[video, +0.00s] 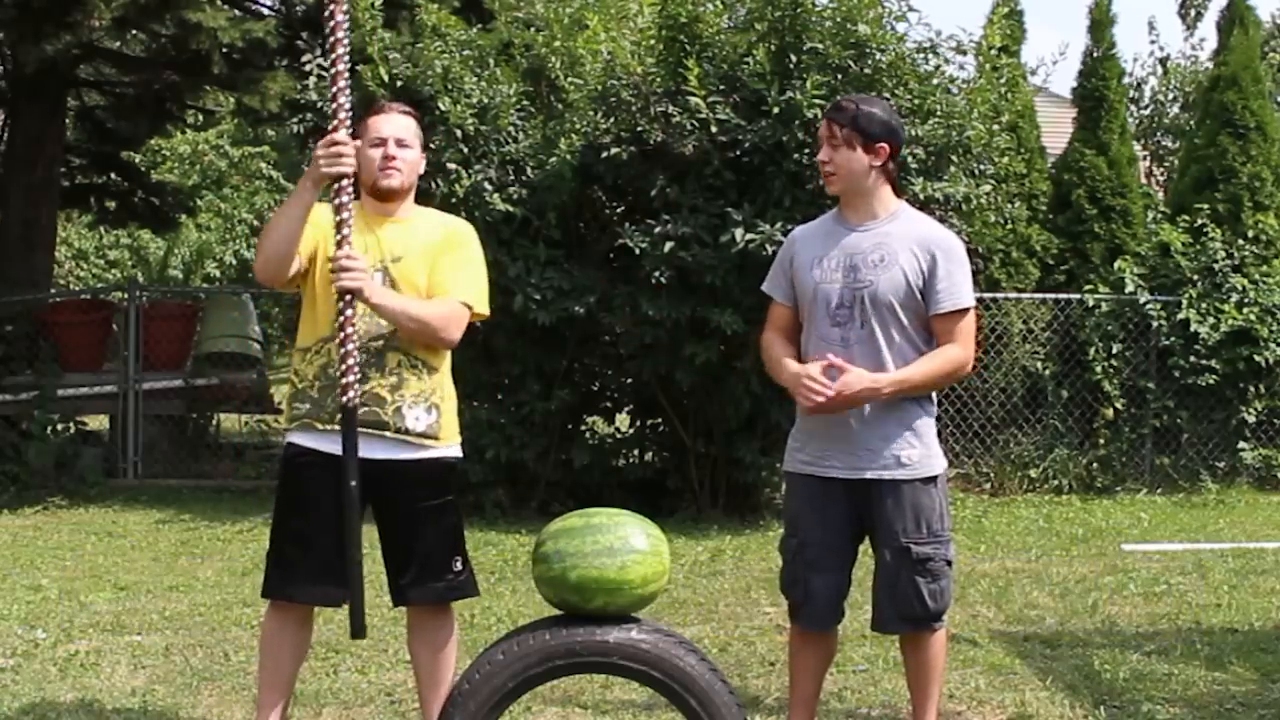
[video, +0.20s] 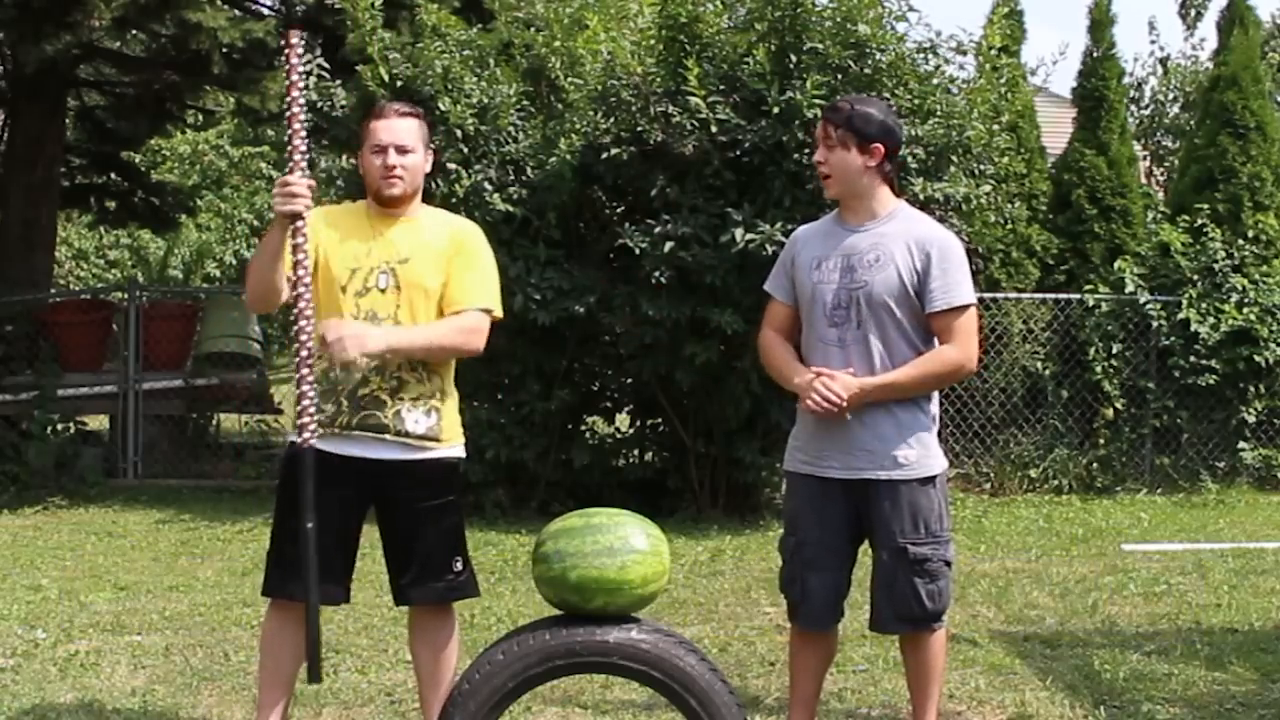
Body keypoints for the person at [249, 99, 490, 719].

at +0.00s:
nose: (389, 152)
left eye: (402, 143)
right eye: (377, 143)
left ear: (423, 158)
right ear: (357, 155)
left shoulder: (452, 234)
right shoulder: (325, 220)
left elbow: (449, 328)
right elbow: (269, 270)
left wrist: (376, 293)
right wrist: (311, 180)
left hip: (418, 446)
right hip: (319, 439)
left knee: (431, 598)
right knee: (292, 595)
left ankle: (437, 716)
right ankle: (269, 714)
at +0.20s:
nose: (390, 161)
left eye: (404, 150)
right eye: (378, 150)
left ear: (428, 160)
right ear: (358, 161)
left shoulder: (459, 236)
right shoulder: (321, 224)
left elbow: (472, 331)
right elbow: (261, 299)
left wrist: (378, 337)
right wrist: (279, 226)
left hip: (423, 452)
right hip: (325, 444)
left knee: (433, 598)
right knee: (291, 596)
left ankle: (438, 717)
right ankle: (269, 715)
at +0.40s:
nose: (385, 176)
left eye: (399, 163)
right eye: (373, 163)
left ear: (428, 162)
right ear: (358, 162)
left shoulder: (462, 238)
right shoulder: (322, 225)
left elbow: (489, 341)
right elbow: (267, 302)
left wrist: (452, 423)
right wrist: (253, 243)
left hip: (420, 452)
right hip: (323, 448)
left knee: (433, 598)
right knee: (291, 591)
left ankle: (437, 715)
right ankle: (273, 710)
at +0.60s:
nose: (381, 187)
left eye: (395, 174)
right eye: (369, 174)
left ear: (425, 164)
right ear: (355, 166)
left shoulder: (461, 237)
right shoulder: (320, 226)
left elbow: (487, 343)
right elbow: (267, 307)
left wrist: (509, 443)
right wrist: (240, 258)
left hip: (426, 454)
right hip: (326, 447)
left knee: (434, 598)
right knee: (292, 590)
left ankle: (439, 716)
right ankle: (273, 712)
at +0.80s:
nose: (349, 207)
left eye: (361, 192)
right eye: (335, 194)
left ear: (382, 176)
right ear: (313, 179)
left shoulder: (421, 236)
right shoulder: (273, 238)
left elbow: (445, 334)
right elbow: (246, 323)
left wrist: (467, 432)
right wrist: (250, 340)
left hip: (407, 454)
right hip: (308, 455)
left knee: (426, 599)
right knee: (292, 603)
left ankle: (439, 718)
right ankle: (275, 718)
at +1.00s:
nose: (352, 202)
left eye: (364, 188)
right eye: (338, 189)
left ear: (384, 174)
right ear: (315, 175)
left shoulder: (420, 236)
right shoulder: (272, 239)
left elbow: (443, 335)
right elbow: (243, 323)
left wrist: (464, 431)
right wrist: (246, 338)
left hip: (405, 454)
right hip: (306, 454)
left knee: (424, 598)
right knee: (291, 600)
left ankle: (439, 717)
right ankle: (275, 718)